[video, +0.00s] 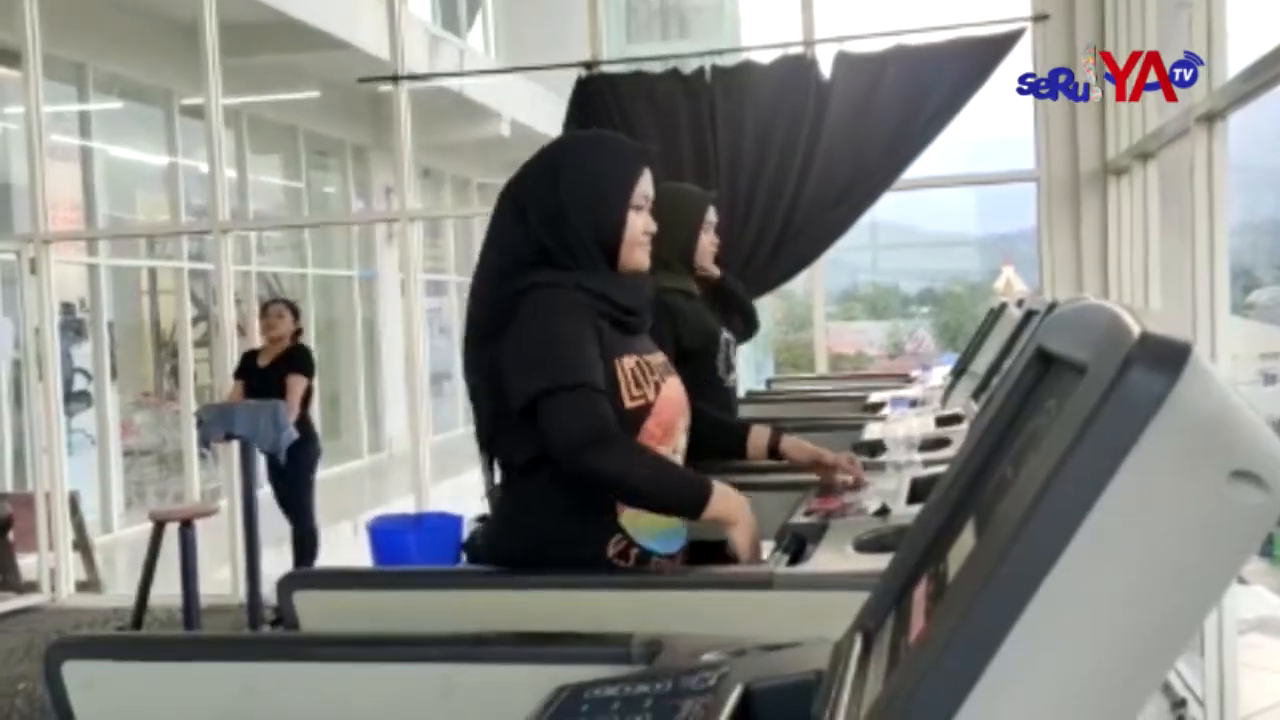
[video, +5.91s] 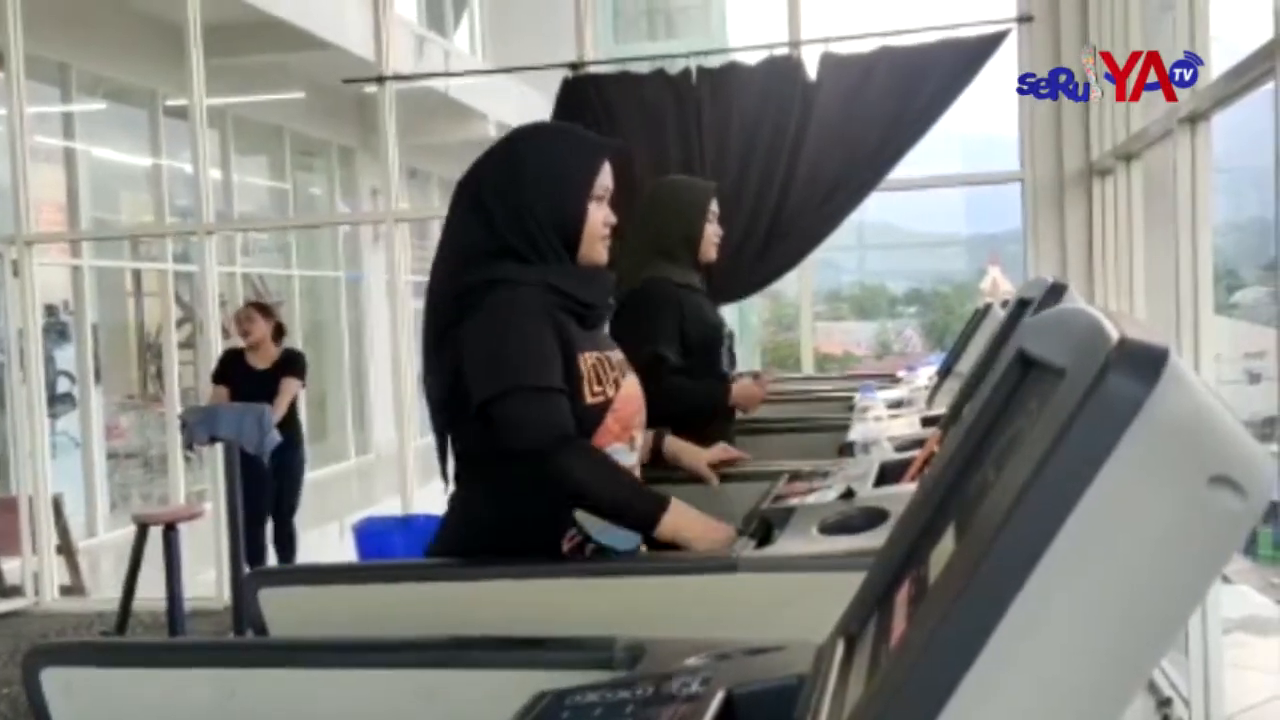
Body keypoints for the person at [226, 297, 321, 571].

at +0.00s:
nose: (272, 322)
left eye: (280, 316)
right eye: (267, 317)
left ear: (295, 324)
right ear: (261, 324)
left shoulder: (299, 355)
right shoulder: (250, 359)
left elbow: (293, 399)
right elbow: (236, 397)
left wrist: (279, 431)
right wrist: (222, 423)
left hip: (299, 435)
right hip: (268, 437)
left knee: (301, 508)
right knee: (289, 508)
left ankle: (302, 574)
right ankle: (304, 570)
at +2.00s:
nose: (272, 319)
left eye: (279, 314)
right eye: (266, 314)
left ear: (291, 321)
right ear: (259, 320)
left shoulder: (298, 351)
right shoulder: (248, 358)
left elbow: (293, 395)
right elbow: (235, 396)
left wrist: (282, 428)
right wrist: (218, 420)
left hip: (299, 436)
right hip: (267, 439)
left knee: (300, 509)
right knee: (289, 510)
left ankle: (302, 572)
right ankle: (299, 571)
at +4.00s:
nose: (264, 318)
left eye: (270, 312)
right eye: (257, 314)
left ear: (282, 317)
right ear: (248, 321)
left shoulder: (298, 350)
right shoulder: (239, 350)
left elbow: (291, 389)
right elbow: (229, 393)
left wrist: (273, 418)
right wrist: (242, 417)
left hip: (293, 431)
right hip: (254, 431)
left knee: (288, 506)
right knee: (262, 504)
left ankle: (292, 568)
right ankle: (269, 567)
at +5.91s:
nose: (244, 328)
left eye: (250, 321)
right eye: (241, 323)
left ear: (269, 323)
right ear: (237, 328)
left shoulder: (291, 359)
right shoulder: (231, 359)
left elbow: (283, 400)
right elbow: (219, 400)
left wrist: (262, 429)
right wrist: (210, 428)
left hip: (285, 441)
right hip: (246, 442)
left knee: (283, 512)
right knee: (253, 513)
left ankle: (286, 572)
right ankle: (257, 574)